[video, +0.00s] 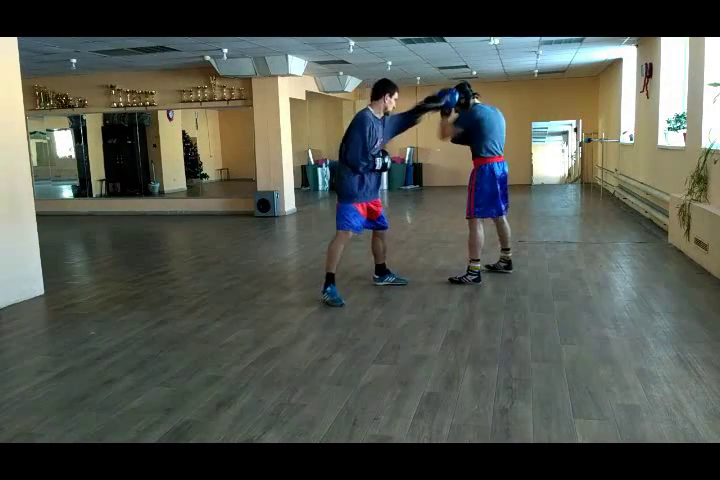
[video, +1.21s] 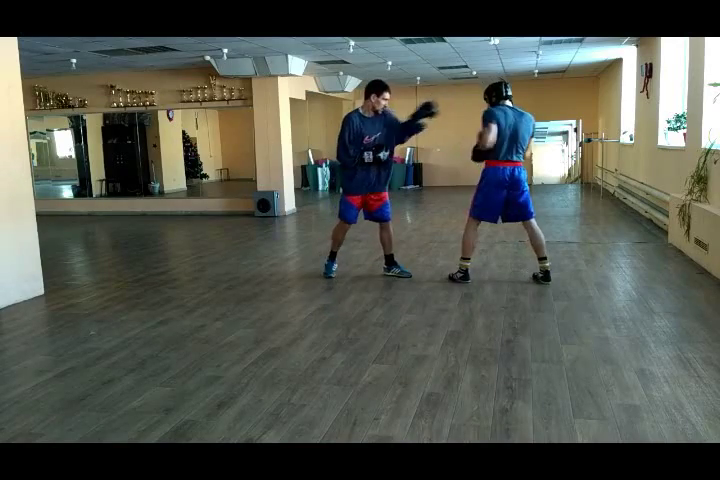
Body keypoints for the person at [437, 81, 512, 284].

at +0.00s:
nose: (457, 108)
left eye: (457, 105)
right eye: (457, 104)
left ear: (461, 101)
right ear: (474, 97)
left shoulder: (471, 113)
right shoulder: (496, 113)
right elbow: (477, 138)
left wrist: (446, 112)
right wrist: (453, 135)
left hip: (483, 169)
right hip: (500, 166)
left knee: (475, 219)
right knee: (499, 216)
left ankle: (473, 271)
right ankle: (506, 260)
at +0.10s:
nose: (456, 105)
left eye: (456, 102)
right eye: (456, 101)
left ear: (460, 99)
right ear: (474, 95)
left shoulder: (469, 112)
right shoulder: (497, 111)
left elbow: (439, 130)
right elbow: (484, 138)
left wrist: (446, 108)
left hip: (484, 169)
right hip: (502, 166)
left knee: (475, 220)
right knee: (501, 216)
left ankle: (473, 271)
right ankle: (509, 259)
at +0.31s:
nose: (471, 108)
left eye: (471, 105)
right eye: (470, 105)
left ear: (476, 100)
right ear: (489, 97)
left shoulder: (483, 112)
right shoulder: (512, 117)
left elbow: (469, 141)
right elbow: (513, 152)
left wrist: (458, 124)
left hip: (489, 171)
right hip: (508, 171)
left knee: (475, 223)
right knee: (514, 218)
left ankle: (471, 272)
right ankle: (535, 262)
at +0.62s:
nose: (482, 111)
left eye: (482, 107)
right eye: (481, 108)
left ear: (489, 102)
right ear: (501, 100)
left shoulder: (496, 113)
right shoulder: (520, 117)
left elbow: (494, 142)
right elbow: (516, 146)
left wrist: (479, 152)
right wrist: (487, 141)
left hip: (497, 174)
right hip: (517, 174)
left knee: (475, 222)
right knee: (518, 220)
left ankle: (467, 270)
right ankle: (537, 264)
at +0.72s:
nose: (479, 106)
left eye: (480, 103)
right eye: (479, 103)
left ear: (485, 99)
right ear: (500, 97)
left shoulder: (488, 111)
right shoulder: (519, 117)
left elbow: (478, 144)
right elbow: (515, 147)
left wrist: (477, 155)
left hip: (491, 172)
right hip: (513, 172)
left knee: (471, 223)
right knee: (520, 219)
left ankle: (465, 270)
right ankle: (536, 264)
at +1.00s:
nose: (481, 95)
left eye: (482, 92)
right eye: (482, 92)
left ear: (485, 92)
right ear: (504, 93)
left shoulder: (479, 105)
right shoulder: (517, 113)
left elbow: (455, 130)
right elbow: (506, 136)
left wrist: (468, 149)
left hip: (486, 171)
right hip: (510, 170)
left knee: (472, 222)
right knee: (522, 217)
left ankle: (465, 270)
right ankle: (542, 263)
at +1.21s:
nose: (488, 102)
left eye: (488, 99)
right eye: (487, 99)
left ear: (491, 98)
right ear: (509, 96)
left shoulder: (492, 113)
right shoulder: (528, 118)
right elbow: (525, 151)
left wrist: (478, 146)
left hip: (494, 173)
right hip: (518, 173)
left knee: (473, 221)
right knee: (530, 222)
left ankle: (463, 270)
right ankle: (545, 270)